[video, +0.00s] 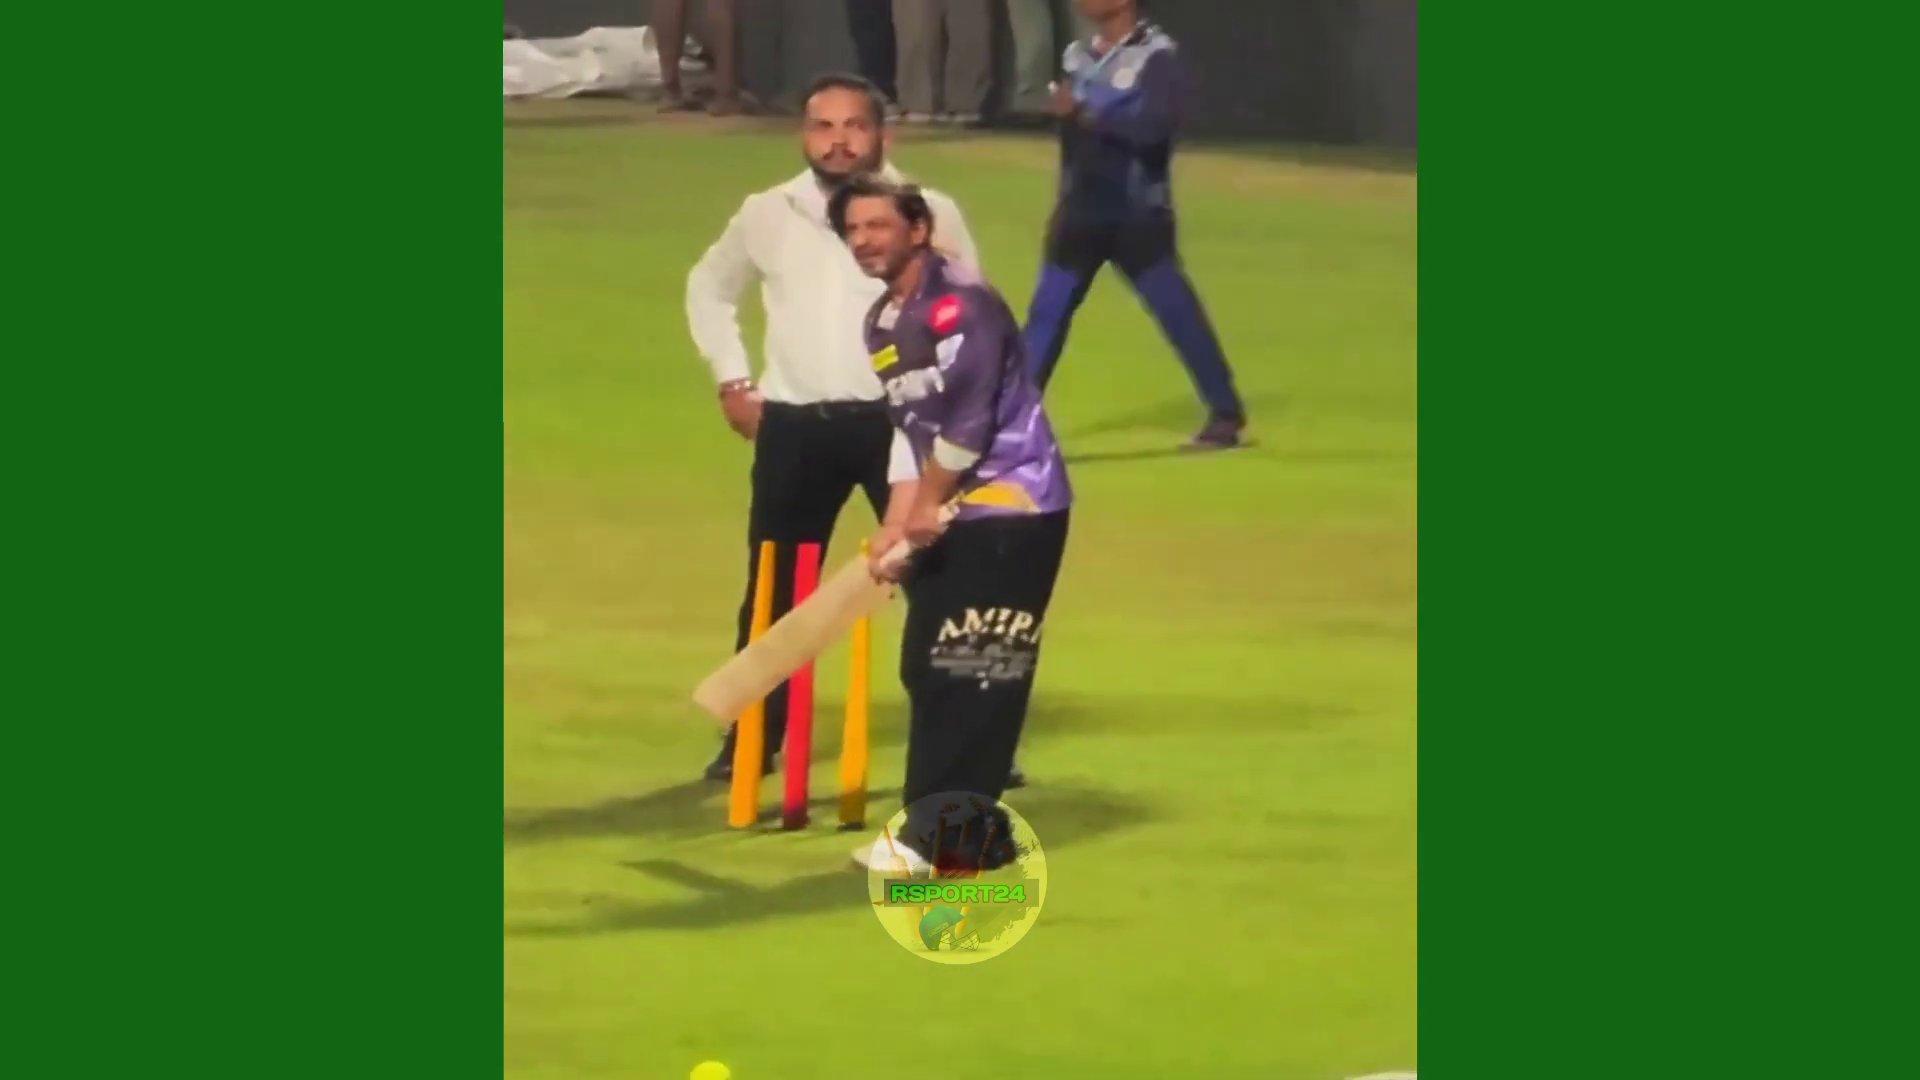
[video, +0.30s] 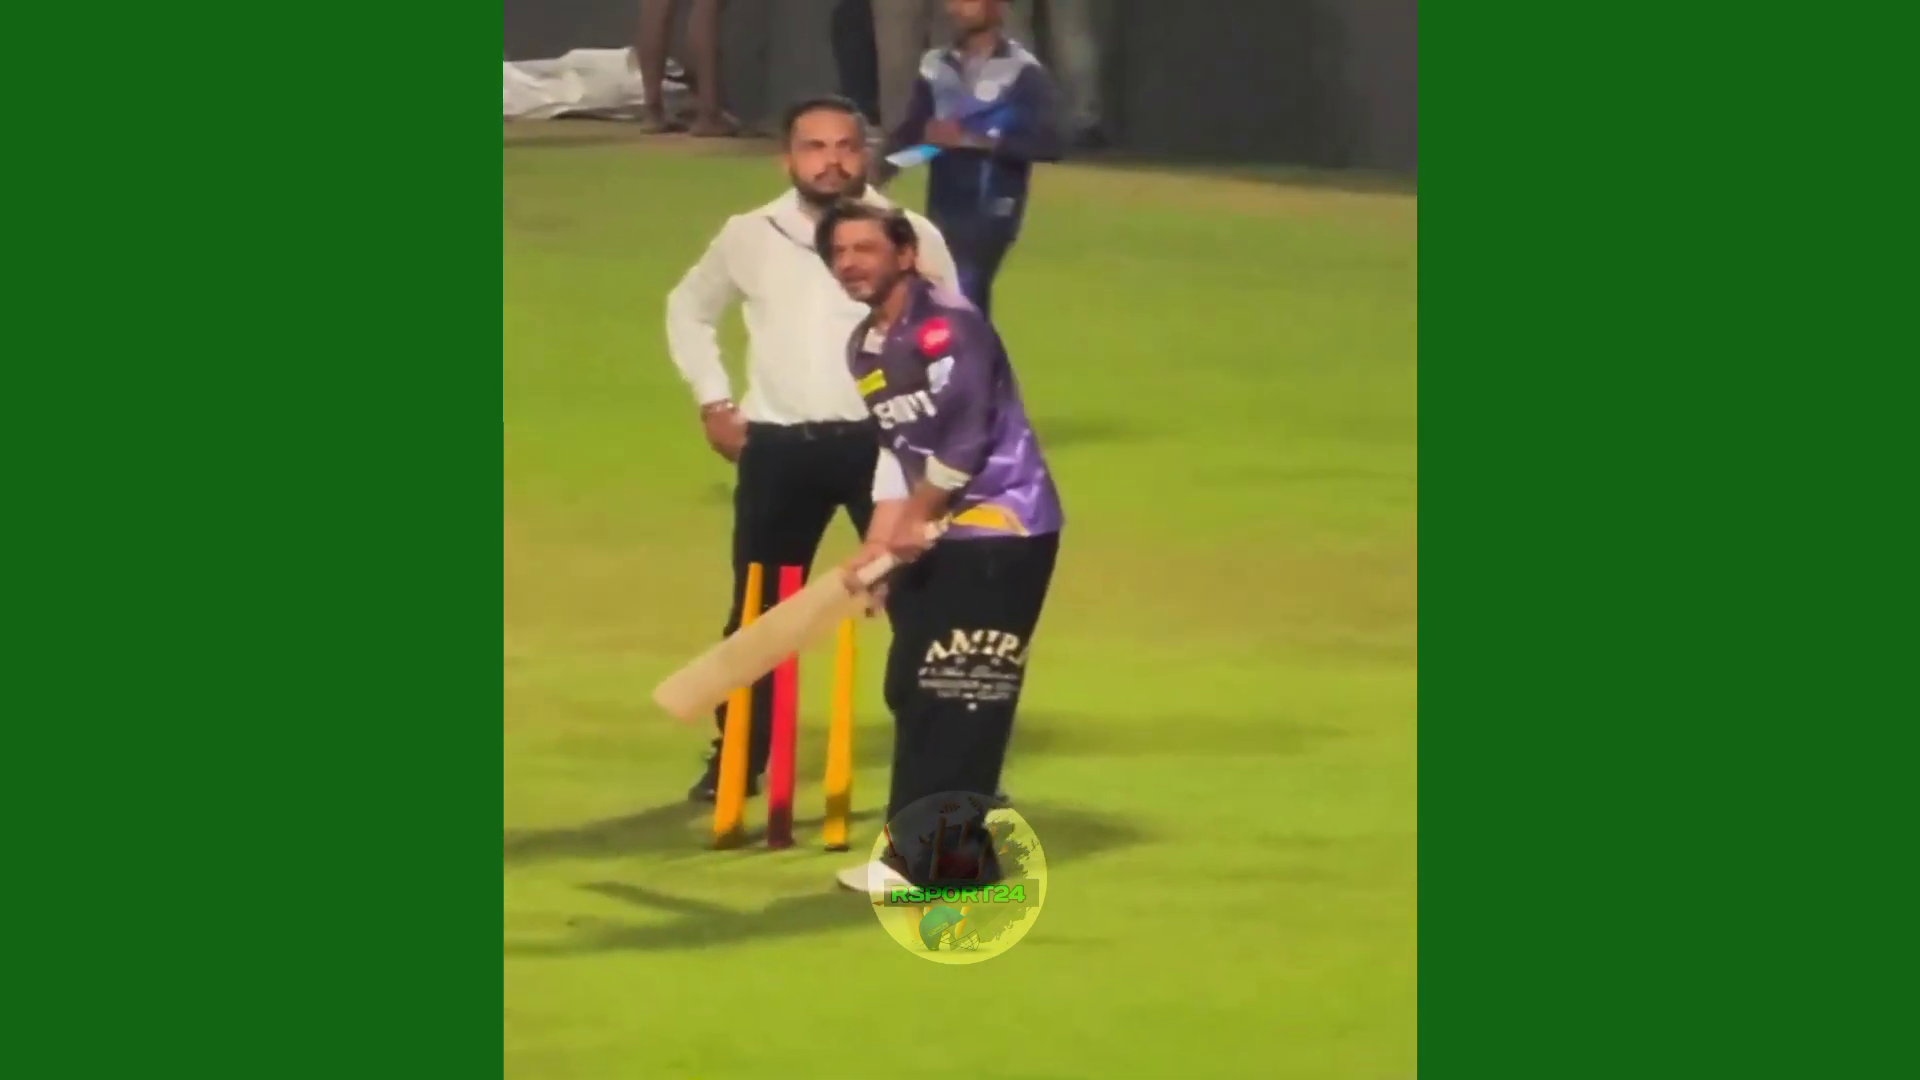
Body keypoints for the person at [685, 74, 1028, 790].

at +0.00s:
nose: (837, 139)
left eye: (853, 126)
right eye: (822, 126)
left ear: (880, 135)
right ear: (804, 135)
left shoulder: (927, 212)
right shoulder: (765, 216)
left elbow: (973, 324)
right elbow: (708, 290)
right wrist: (733, 383)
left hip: (900, 430)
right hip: (794, 429)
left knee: (945, 603)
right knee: (772, 598)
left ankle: (974, 755)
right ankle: (752, 747)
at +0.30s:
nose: (832, 160)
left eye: (846, 146)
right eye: (815, 147)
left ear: (866, 155)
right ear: (789, 158)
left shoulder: (909, 232)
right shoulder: (749, 237)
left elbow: (958, 331)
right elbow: (687, 310)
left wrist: (934, 431)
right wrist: (715, 402)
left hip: (886, 448)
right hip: (780, 449)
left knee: (927, 604)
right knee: (756, 618)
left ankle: (945, 773)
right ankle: (733, 768)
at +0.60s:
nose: (802, 167)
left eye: (819, 154)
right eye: (785, 154)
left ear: (845, 163)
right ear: (764, 164)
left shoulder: (887, 239)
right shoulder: (728, 246)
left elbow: (949, 329)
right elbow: (665, 320)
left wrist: (929, 435)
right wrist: (692, 414)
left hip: (869, 454)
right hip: (762, 455)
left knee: (904, 615)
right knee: (738, 620)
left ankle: (926, 773)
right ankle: (717, 769)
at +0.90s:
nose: (776, 166)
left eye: (793, 152)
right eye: (760, 153)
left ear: (822, 160)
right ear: (742, 161)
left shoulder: (868, 242)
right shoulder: (705, 241)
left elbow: (908, 353)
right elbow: (649, 317)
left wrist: (895, 451)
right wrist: (672, 394)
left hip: (847, 455)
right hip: (741, 453)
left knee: (888, 623)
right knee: (717, 619)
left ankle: (918, 770)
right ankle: (695, 768)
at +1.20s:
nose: (766, 163)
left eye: (782, 149)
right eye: (750, 150)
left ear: (811, 155)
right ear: (732, 157)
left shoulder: (864, 231)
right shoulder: (698, 236)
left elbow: (903, 336)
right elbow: (663, 336)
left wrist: (843, 404)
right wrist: (689, 394)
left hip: (839, 445)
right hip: (730, 448)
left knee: (878, 603)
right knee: (696, 603)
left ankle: (908, 761)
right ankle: (676, 753)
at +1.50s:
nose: (752, 152)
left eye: (768, 138)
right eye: (737, 138)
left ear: (798, 146)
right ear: (719, 146)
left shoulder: (850, 224)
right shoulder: (683, 228)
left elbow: (886, 334)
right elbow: (653, 337)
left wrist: (821, 408)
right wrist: (694, 423)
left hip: (827, 426)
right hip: (714, 431)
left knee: (862, 591)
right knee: (682, 594)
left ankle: (895, 743)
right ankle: (664, 745)